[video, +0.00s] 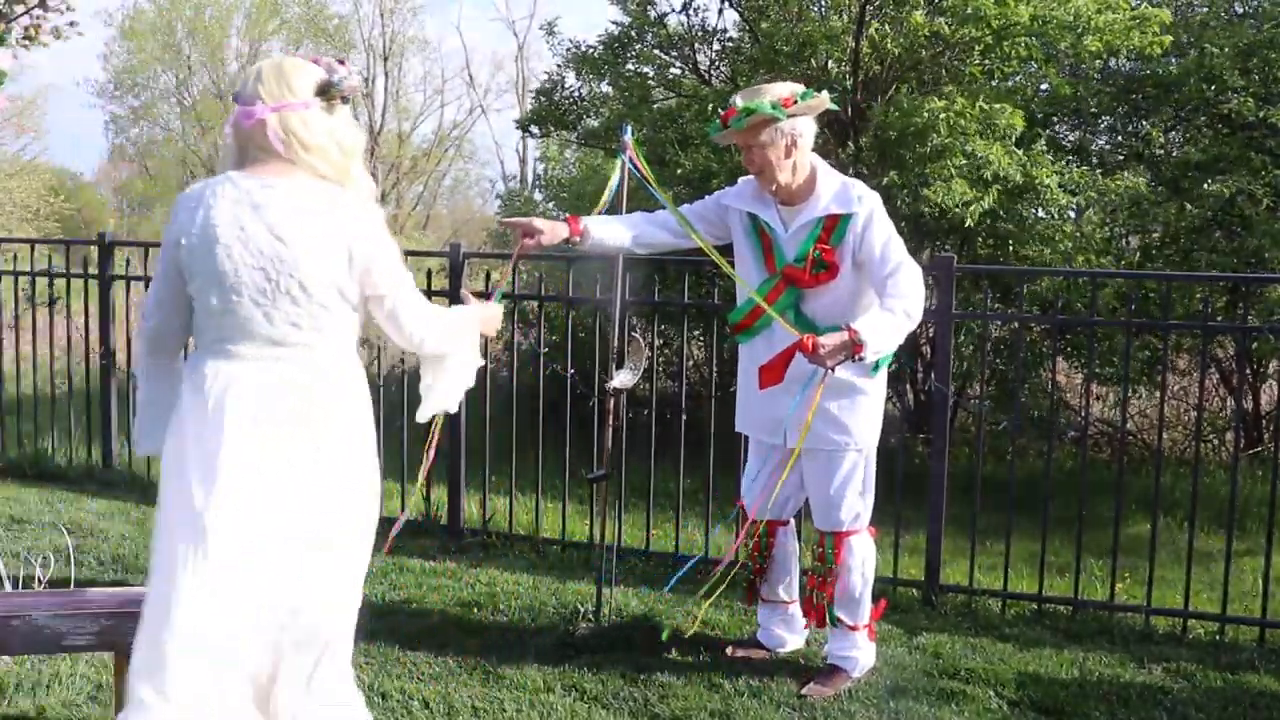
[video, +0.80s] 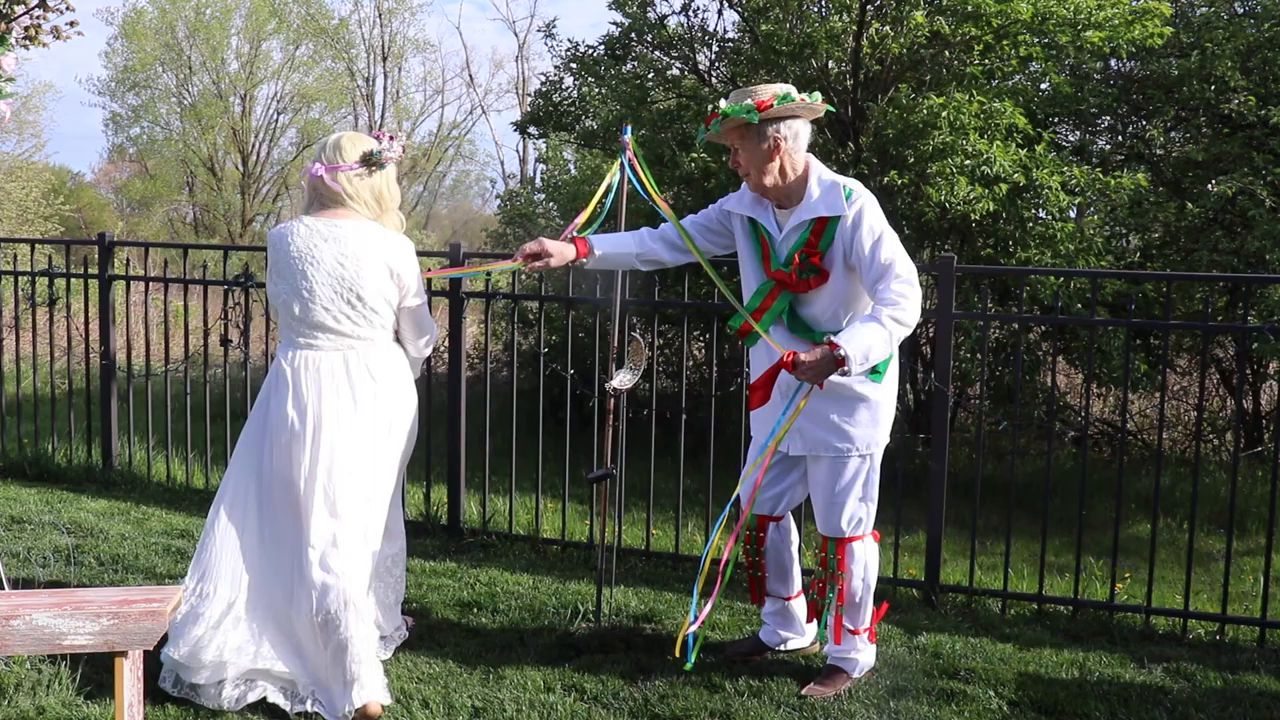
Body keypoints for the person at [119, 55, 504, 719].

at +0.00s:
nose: (230, 119)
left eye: (238, 109)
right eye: (236, 107)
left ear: (250, 123)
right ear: (325, 125)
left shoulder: (198, 205)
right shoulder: (348, 211)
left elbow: (159, 330)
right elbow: (408, 324)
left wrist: (159, 421)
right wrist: (472, 323)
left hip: (222, 397)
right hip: (324, 401)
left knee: (214, 573)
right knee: (316, 577)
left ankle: (202, 703)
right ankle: (304, 705)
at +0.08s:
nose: (248, 130)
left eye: (255, 119)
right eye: (253, 119)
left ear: (269, 132)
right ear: (342, 134)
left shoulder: (217, 208)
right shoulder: (365, 218)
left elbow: (178, 328)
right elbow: (423, 316)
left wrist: (151, 357)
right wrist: (480, 307)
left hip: (233, 389)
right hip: (336, 394)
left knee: (234, 571)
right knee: (334, 573)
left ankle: (229, 703)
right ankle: (322, 704)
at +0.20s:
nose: (267, 148)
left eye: (274, 139)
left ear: (284, 152)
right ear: (357, 151)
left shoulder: (242, 223)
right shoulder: (379, 233)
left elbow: (198, 332)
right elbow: (434, 314)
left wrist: (152, 343)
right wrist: (492, 300)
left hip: (256, 402)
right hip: (352, 407)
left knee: (256, 579)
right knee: (341, 581)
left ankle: (260, 703)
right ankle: (332, 701)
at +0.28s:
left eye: (291, 153)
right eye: (368, 150)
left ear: (293, 162)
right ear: (363, 162)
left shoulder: (252, 232)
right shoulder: (387, 240)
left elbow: (208, 337)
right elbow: (442, 322)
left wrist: (162, 341)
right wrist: (495, 299)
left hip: (272, 397)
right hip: (361, 401)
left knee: (274, 553)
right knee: (355, 557)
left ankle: (272, 695)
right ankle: (341, 696)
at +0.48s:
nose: (387, 157)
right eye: (382, 147)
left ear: (309, 157)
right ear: (372, 158)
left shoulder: (272, 221)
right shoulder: (397, 231)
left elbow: (234, 316)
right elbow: (426, 326)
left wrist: (197, 369)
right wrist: (456, 366)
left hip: (289, 384)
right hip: (370, 385)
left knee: (286, 522)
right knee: (372, 525)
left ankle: (282, 675)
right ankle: (368, 670)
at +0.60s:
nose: (393, 163)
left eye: (307, 156)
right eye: (385, 153)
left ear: (313, 164)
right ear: (374, 164)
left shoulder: (278, 225)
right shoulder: (400, 235)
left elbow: (249, 317)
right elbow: (428, 337)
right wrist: (423, 389)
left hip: (296, 390)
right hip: (377, 389)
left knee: (289, 532)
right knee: (368, 535)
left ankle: (283, 684)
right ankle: (365, 687)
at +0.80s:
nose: (388, 181)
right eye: (382, 172)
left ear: (317, 180)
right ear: (376, 183)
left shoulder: (283, 238)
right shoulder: (392, 244)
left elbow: (285, 314)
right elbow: (419, 335)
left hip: (300, 381)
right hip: (375, 381)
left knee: (313, 532)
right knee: (360, 522)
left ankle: (363, 684)